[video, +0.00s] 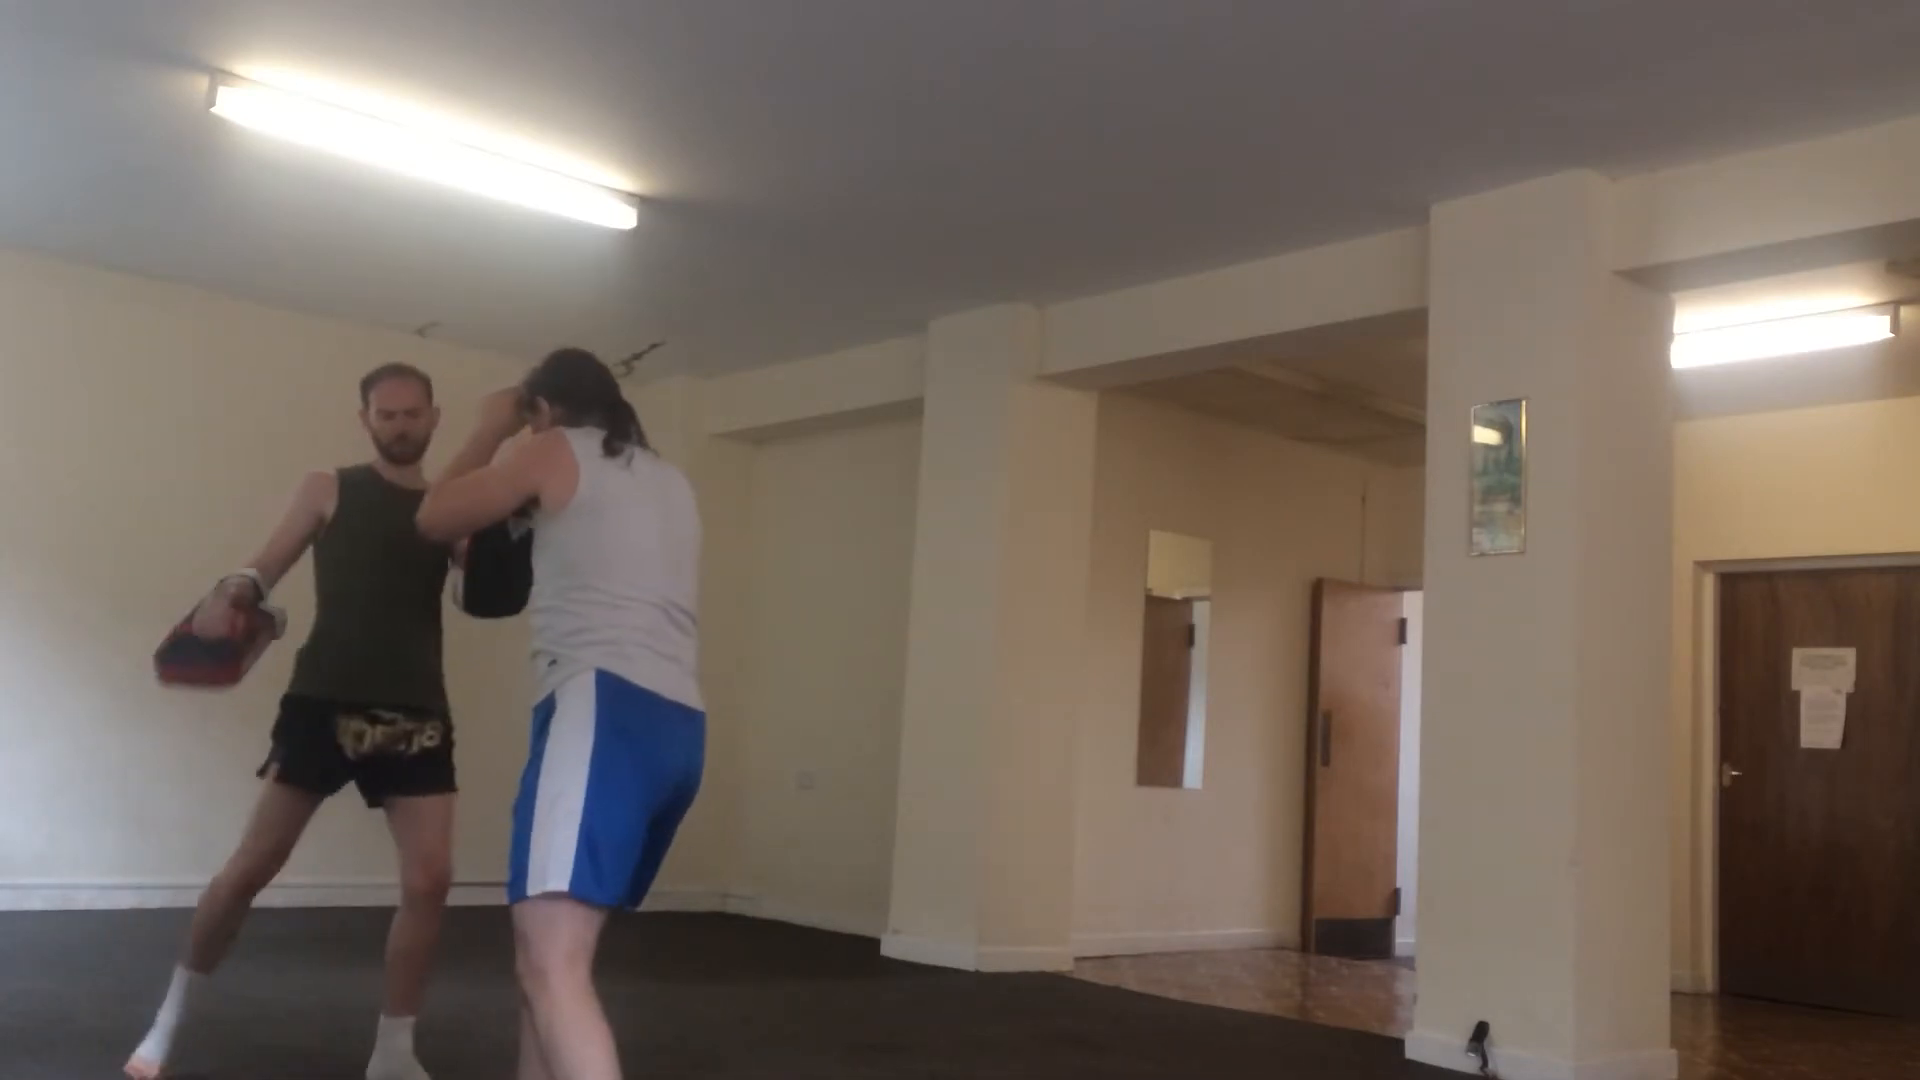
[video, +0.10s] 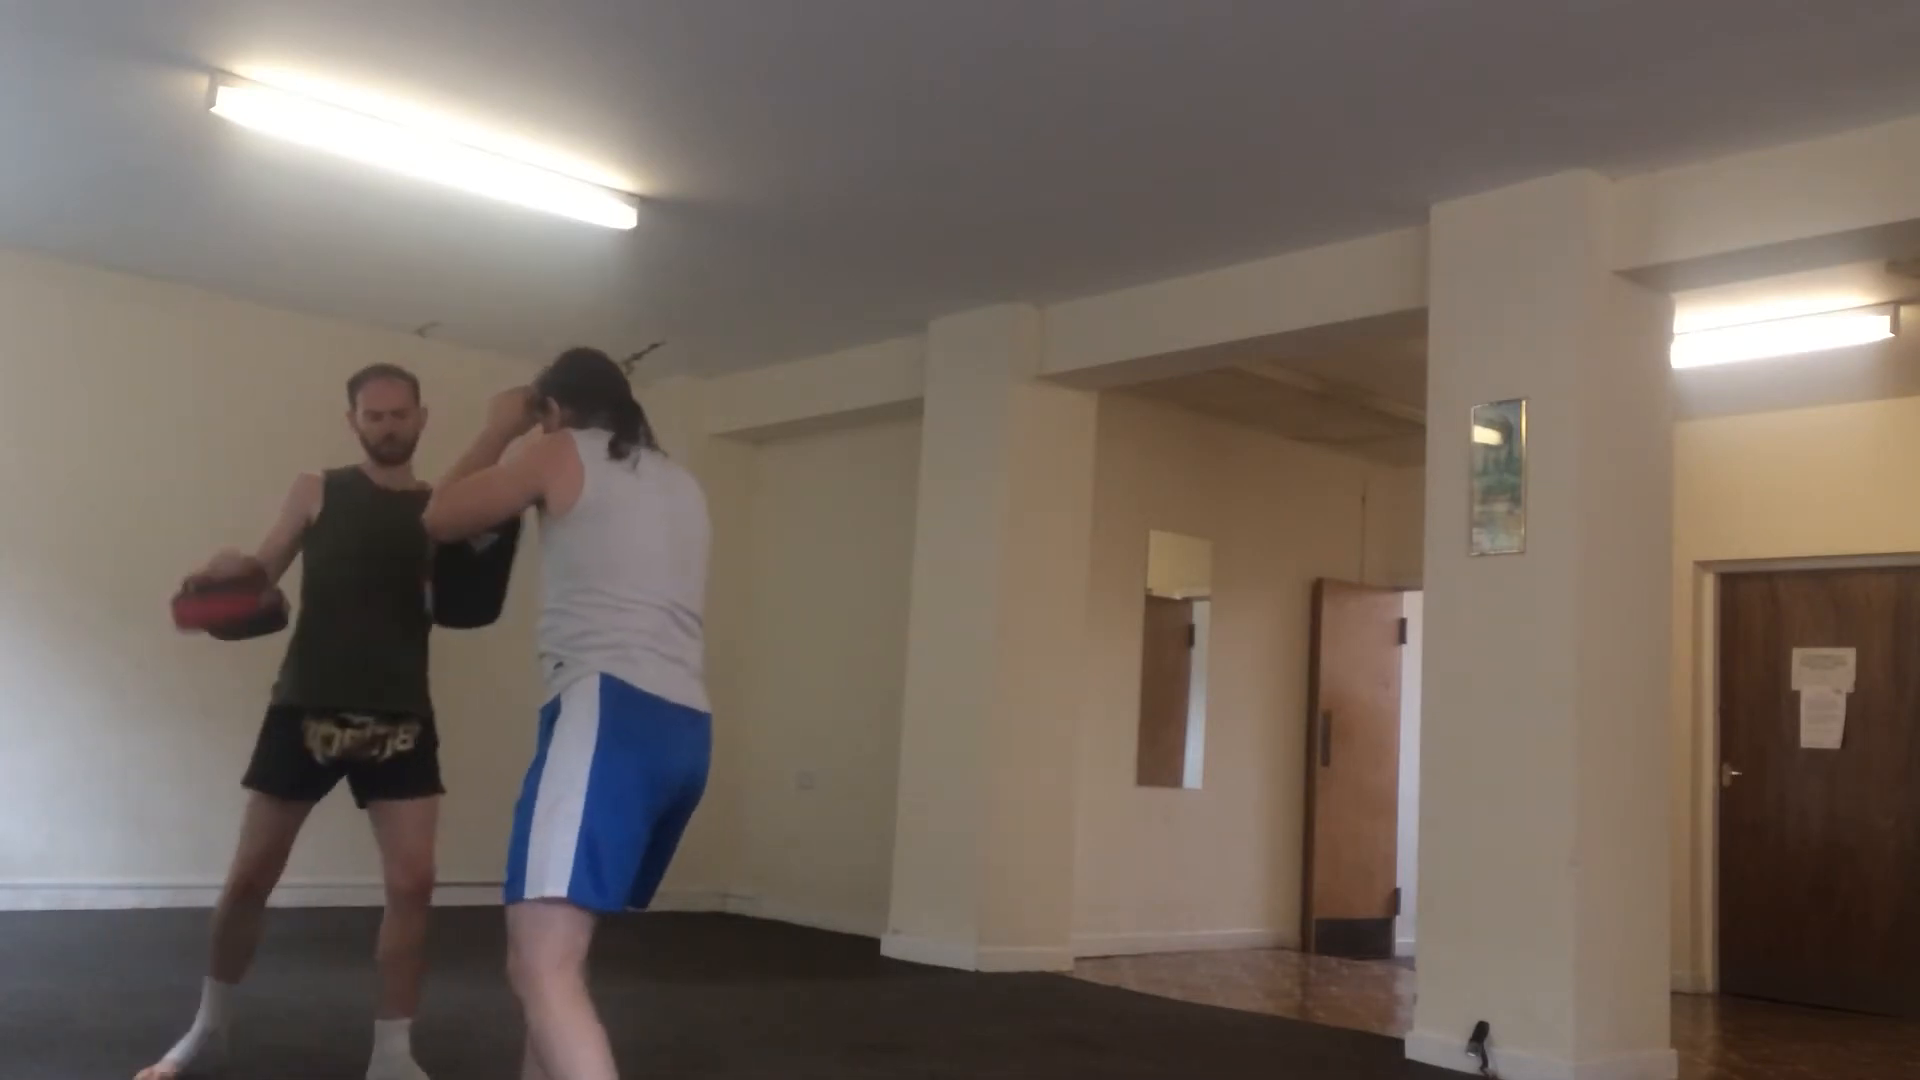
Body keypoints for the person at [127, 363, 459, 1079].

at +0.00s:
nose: (401, 426)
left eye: (413, 414)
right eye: (388, 414)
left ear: (434, 419)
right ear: (366, 420)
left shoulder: (446, 505)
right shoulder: (330, 490)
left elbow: (493, 570)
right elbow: (264, 568)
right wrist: (229, 595)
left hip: (415, 711)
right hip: (326, 705)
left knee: (430, 883)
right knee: (249, 870)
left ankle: (394, 1054)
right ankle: (167, 1024)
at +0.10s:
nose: (387, 426)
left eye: (399, 414)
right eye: (374, 415)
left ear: (422, 420)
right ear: (353, 421)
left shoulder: (438, 506)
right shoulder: (318, 489)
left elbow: (456, 597)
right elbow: (264, 567)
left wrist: (486, 530)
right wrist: (223, 572)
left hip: (398, 713)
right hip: (307, 707)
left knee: (414, 884)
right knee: (249, 878)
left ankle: (393, 1055)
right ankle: (207, 1027)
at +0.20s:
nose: (370, 437)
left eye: (382, 423)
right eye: (356, 424)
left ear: (402, 422)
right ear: (333, 425)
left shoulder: (423, 509)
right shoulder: (295, 498)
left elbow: (438, 608)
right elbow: (251, 605)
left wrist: (449, 528)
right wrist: (232, 545)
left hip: (383, 717)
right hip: (290, 713)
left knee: (413, 884)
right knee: (241, 878)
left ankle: (401, 1050)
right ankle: (209, 1038)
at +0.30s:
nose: (353, 449)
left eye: (364, 434)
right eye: (339, 437)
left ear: (387, 424)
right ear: (319, 433)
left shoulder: (412, 499)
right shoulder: (290, 498)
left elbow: (419, 589)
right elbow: (254, 594)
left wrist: (401, 518)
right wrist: (233, 537)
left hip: (373, 709)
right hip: (283, 705)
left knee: (403, 876)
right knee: (226, 876)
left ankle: (429, 1043)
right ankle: (208, 1039)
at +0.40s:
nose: (341, 454)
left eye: (353, 439)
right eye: (326, 442)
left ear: (380, 429)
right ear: (307, 441)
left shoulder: (413, 505)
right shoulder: (290, 499)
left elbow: (393, 580)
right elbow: (259, 581)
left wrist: (380, 506)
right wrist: (232, 528)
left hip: (369, 715)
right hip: (281, 711)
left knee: (388, 879)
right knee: (218, 874)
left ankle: (442, 1040)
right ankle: (207, 1040)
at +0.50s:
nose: (339, 456)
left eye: (349, 440)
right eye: (324, 445)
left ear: (378, 426)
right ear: (307, 440)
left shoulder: (411, 499)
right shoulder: (300, 502)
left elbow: (396, 581)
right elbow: (256, 585)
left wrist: (347, 513)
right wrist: (231, 521)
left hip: (363, 723)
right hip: (284, 715)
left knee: (361, 884)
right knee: (220, 872)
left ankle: (448, 1030)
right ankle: (208, 1038)